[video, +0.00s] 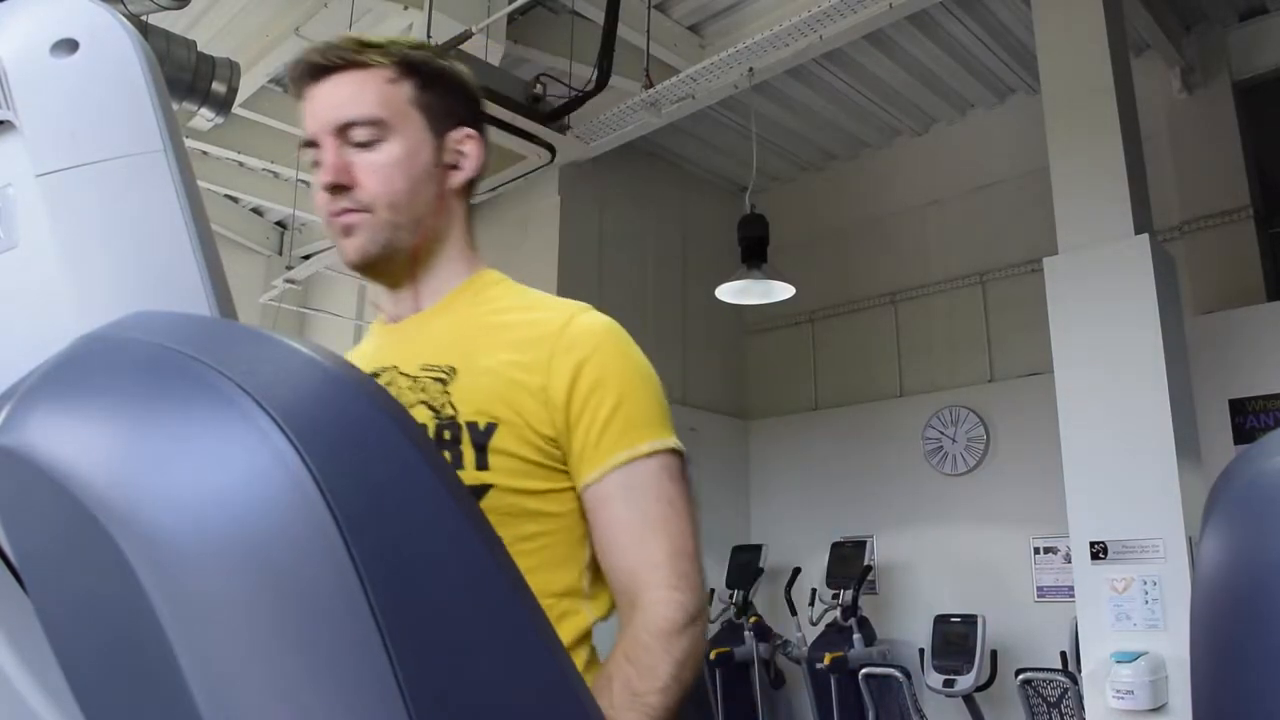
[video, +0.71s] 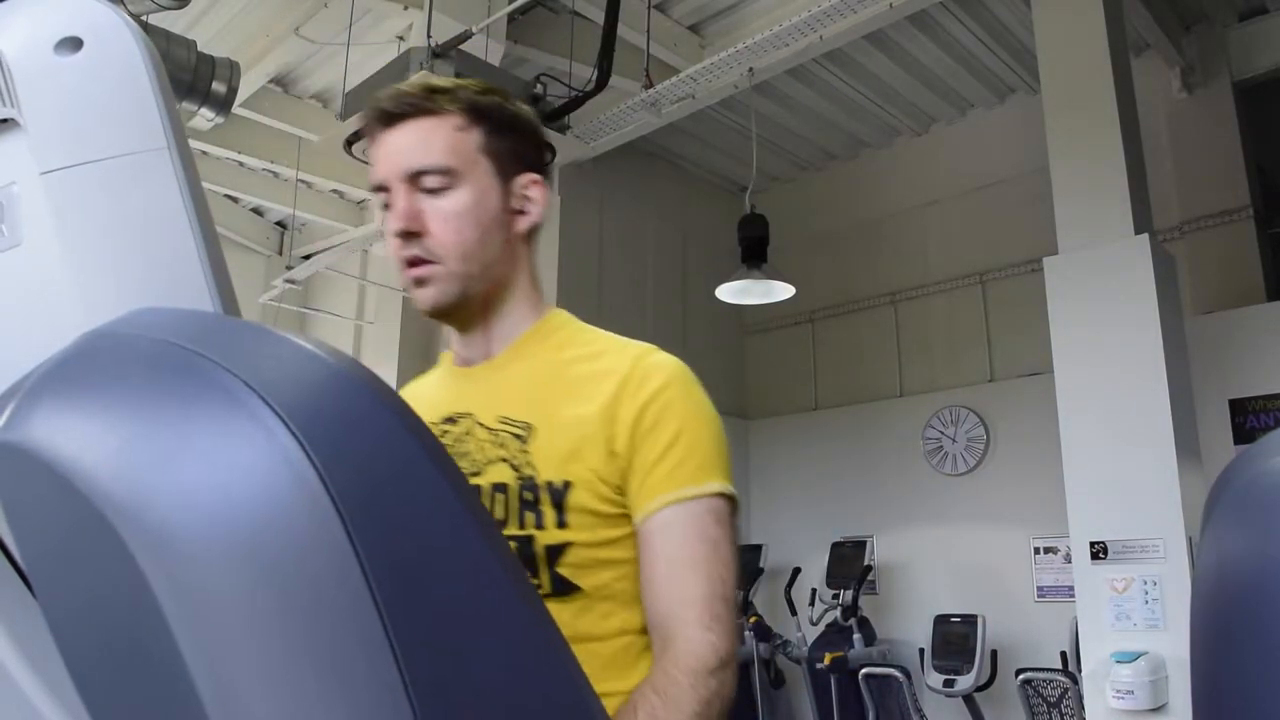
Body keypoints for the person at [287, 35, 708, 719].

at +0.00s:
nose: (327, 176)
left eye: (362, 140)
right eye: (314, 154)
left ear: (458, 158)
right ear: (311, 176)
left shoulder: (576, 347)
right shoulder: (339, 382)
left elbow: (667, 615)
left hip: (536, 701)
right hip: (372, 702)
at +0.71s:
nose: (398, 224)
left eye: (433, 187)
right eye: (384, 200)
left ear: (524, 204)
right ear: (378, 218)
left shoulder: (645, 388)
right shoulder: (394, 420)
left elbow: (697, 664)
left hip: (600, 703)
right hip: (436, 705)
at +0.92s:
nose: (467, 226)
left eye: (504, 194)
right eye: (455, 205)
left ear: (591, 217)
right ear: (447, 224)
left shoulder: (702, 404)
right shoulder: (450, 426)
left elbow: (723, 680)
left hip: (635, 703)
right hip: (469, 703)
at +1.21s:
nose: (555, 225)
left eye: (589, 195)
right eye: (545, 203)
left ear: (669, 216)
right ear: (537, 221)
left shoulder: (760, 391)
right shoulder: (515, 416)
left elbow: (749, 648)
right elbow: (424, 579)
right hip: (537, 701)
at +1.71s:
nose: (495, 238)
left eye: (529, 211)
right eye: (482, 223)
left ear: (607, 237)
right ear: (474, 248)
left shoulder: (708, 410)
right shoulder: (452, 445)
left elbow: (788, 655)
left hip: (677, 703)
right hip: (499, 704)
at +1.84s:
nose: (457, 249)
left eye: (489, 219)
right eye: (445, 231)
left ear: (570, 240)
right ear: (438, 255)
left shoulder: (672, 412)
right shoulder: (440, 440)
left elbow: (715, 687)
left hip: (633, 704)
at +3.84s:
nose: (471, 258)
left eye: (503, 229)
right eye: (462, 240)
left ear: (583, 251)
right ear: (457, 263)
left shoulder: (685, 419)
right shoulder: (444, 443)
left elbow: (726, 666)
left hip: (642, 705)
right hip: (470, 704)